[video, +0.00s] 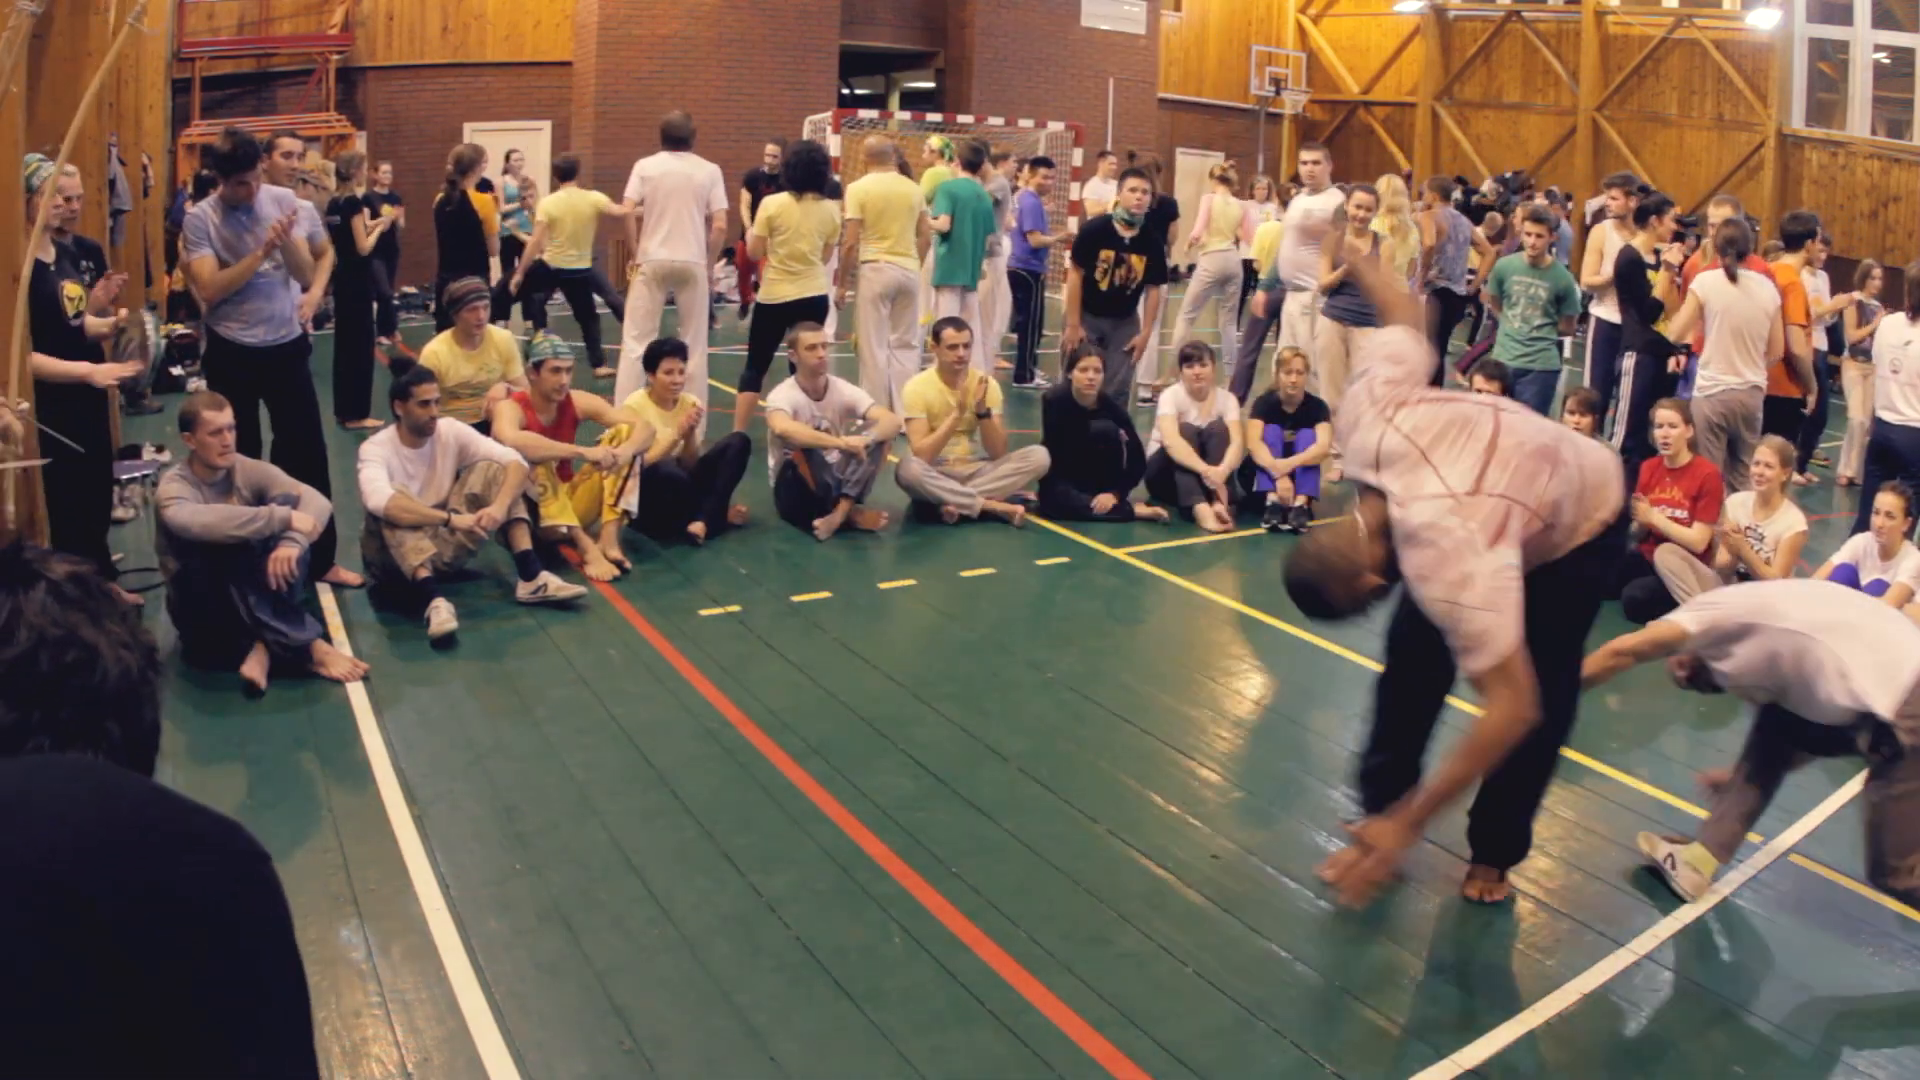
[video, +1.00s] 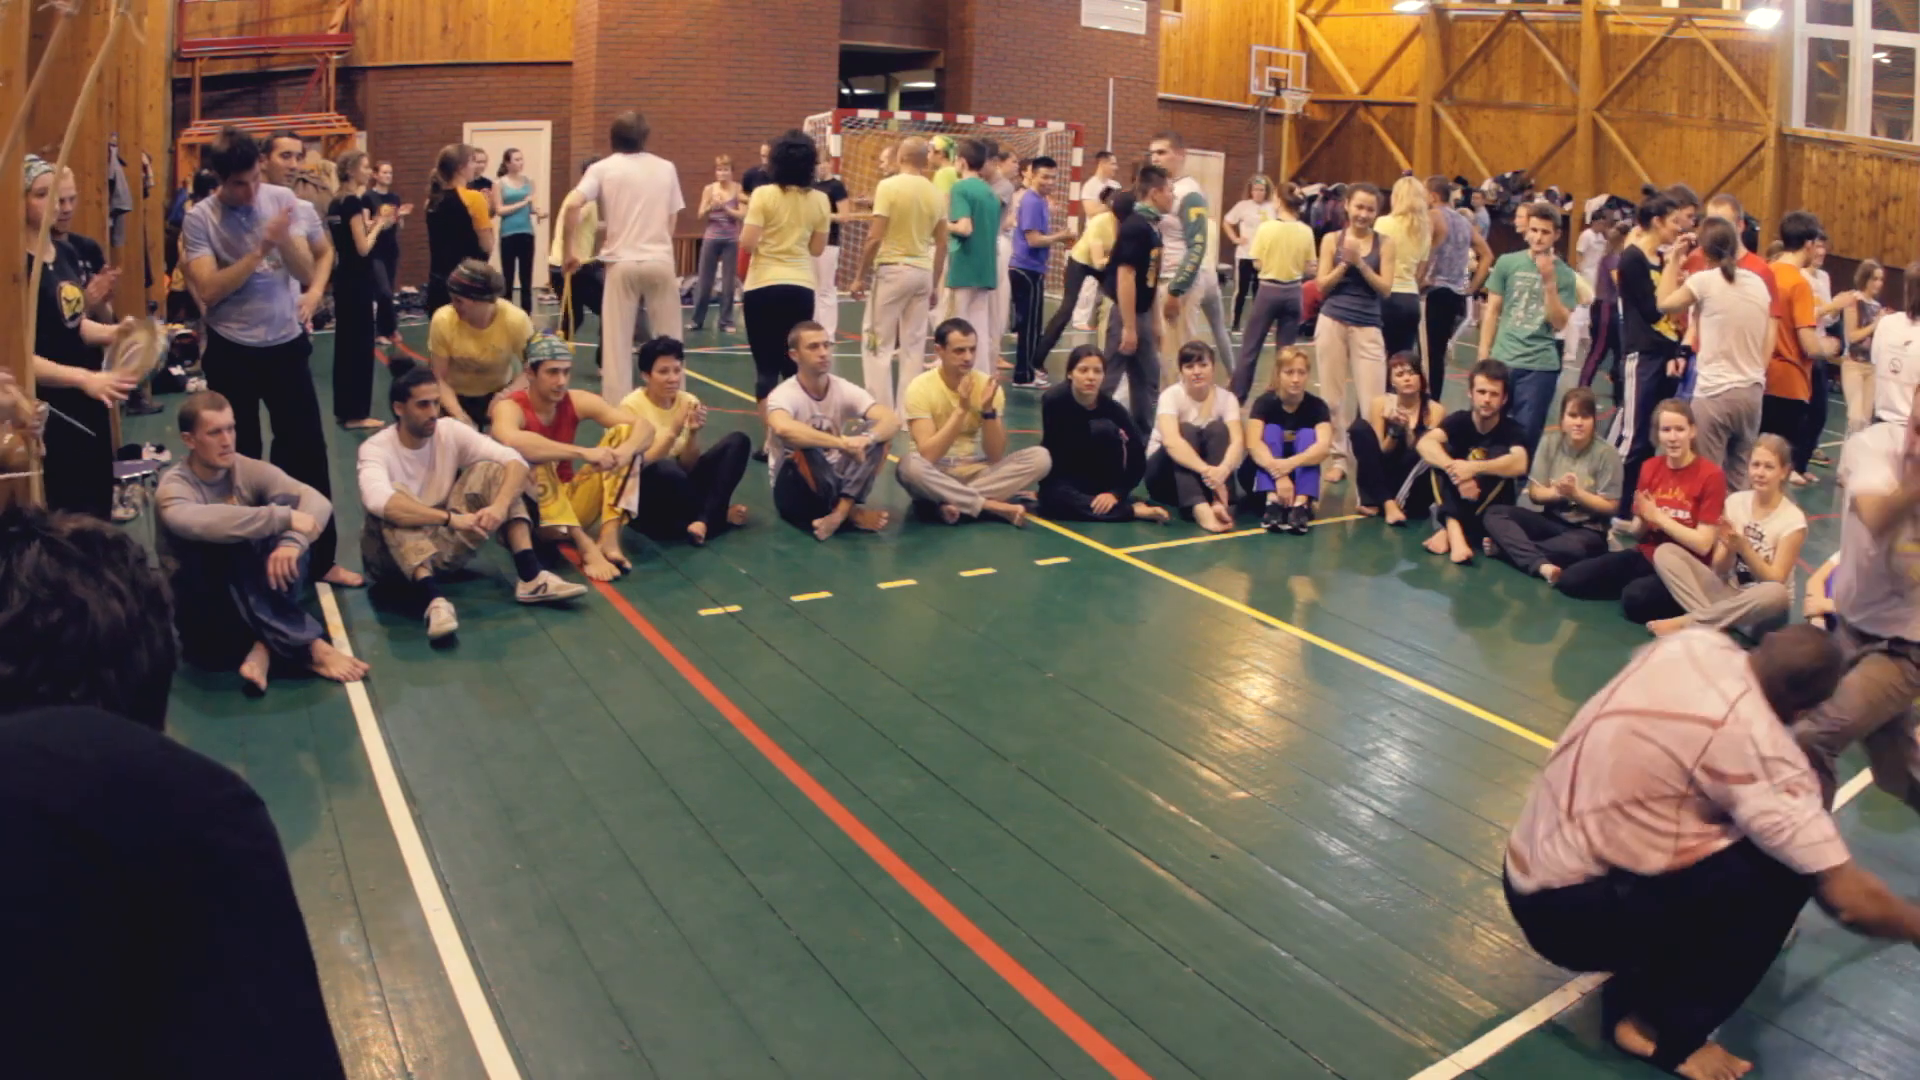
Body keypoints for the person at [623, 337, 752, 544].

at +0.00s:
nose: (677, 380)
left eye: (681, 372)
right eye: (669, 373)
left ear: (687, 374)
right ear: (651, 376)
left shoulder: (691, 404)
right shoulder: (634, 406)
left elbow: (689, 465)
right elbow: (636, 464)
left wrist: (690, 433)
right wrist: (676, 435)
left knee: (739, 441)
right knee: (666, 470)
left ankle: (702, 520)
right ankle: (718, 517)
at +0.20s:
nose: (676, 381)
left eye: (681, 373)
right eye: (668, 374)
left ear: (686, 374)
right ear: (650, 375)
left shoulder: (691, 404)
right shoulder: (633, 406)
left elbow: (689, 465)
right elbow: (637, 465)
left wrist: (696, 434)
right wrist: (671, 432)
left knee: (738, 441)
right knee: (665, 470)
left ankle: (702, 520)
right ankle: (717, 518)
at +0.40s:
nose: (675, 380)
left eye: (680, 373)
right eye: (667, 373)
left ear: (685, 374)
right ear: (649, 376)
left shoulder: (690, 403)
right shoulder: (633, 406)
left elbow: (689, 466)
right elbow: (638, 462)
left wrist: (689, 434)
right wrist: (679, 433)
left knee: (738, 441)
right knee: (665, 470)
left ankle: (703, 519)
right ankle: (719, 518)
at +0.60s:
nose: (674, 379)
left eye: (679, 371)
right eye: (666, 372)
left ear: (684, 373)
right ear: (648, 376)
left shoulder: (690, 403)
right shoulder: (633, 406)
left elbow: (687, 465)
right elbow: (640, 463)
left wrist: (696, 433)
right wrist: (672, 431)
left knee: (738, 441)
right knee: (666, 470)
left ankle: (703, 519)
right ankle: (719, 518)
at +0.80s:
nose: (674, 378)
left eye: (678, 371)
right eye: (665, 372)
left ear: (683, 372)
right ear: (647, 376)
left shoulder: (689, 402)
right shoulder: (631, 406)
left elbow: (688, 465)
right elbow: (637, 463)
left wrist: (689, 432)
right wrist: (679, 434)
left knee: (738, 441)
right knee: (666, 469)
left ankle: (703, 520)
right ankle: (719, 519)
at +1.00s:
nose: (673, 378)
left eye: (677, 371)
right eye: (663, 372)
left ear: (682, 372)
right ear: (646, 376)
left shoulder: (689, 402)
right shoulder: (631, 407)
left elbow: (688, 465)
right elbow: (638, 464)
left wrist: (692, 433)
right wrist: (673, 431)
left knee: (738, 441)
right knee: (666, 469)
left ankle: (703, 519)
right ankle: (719, 518)